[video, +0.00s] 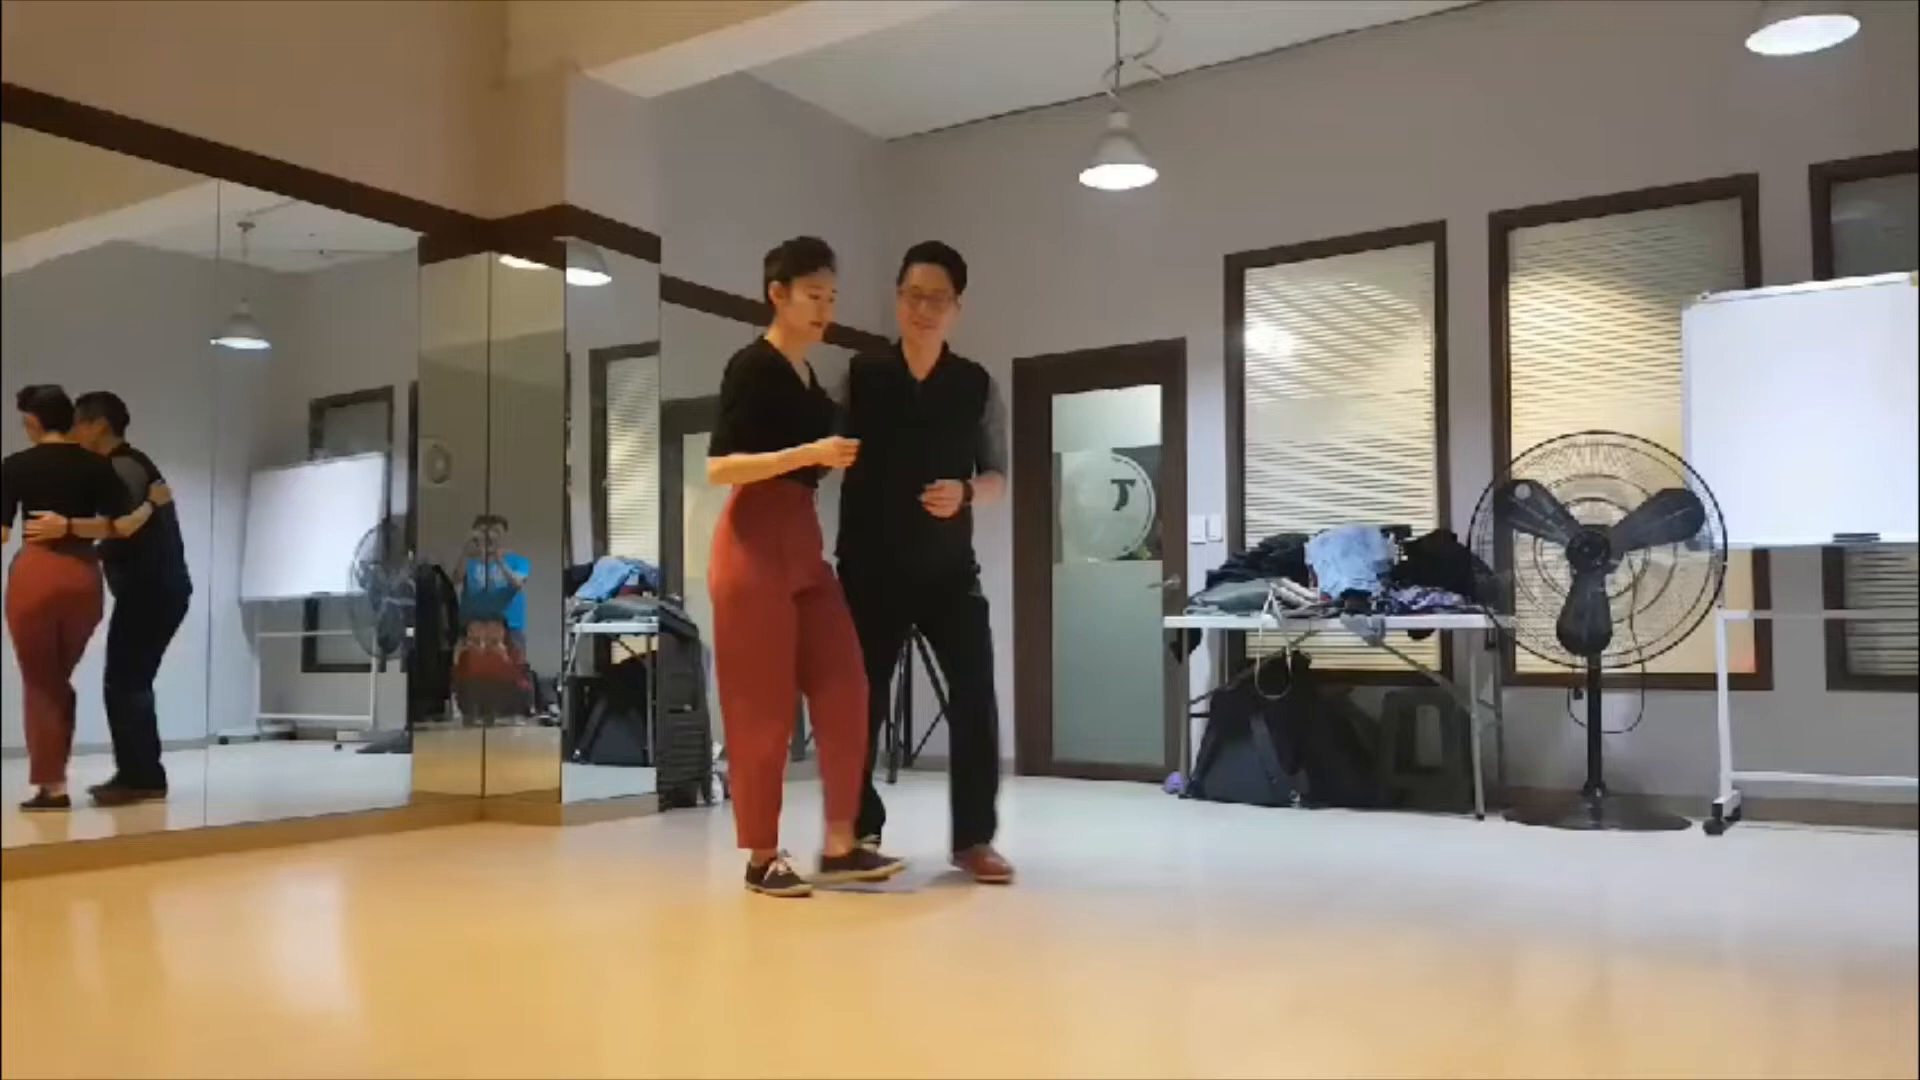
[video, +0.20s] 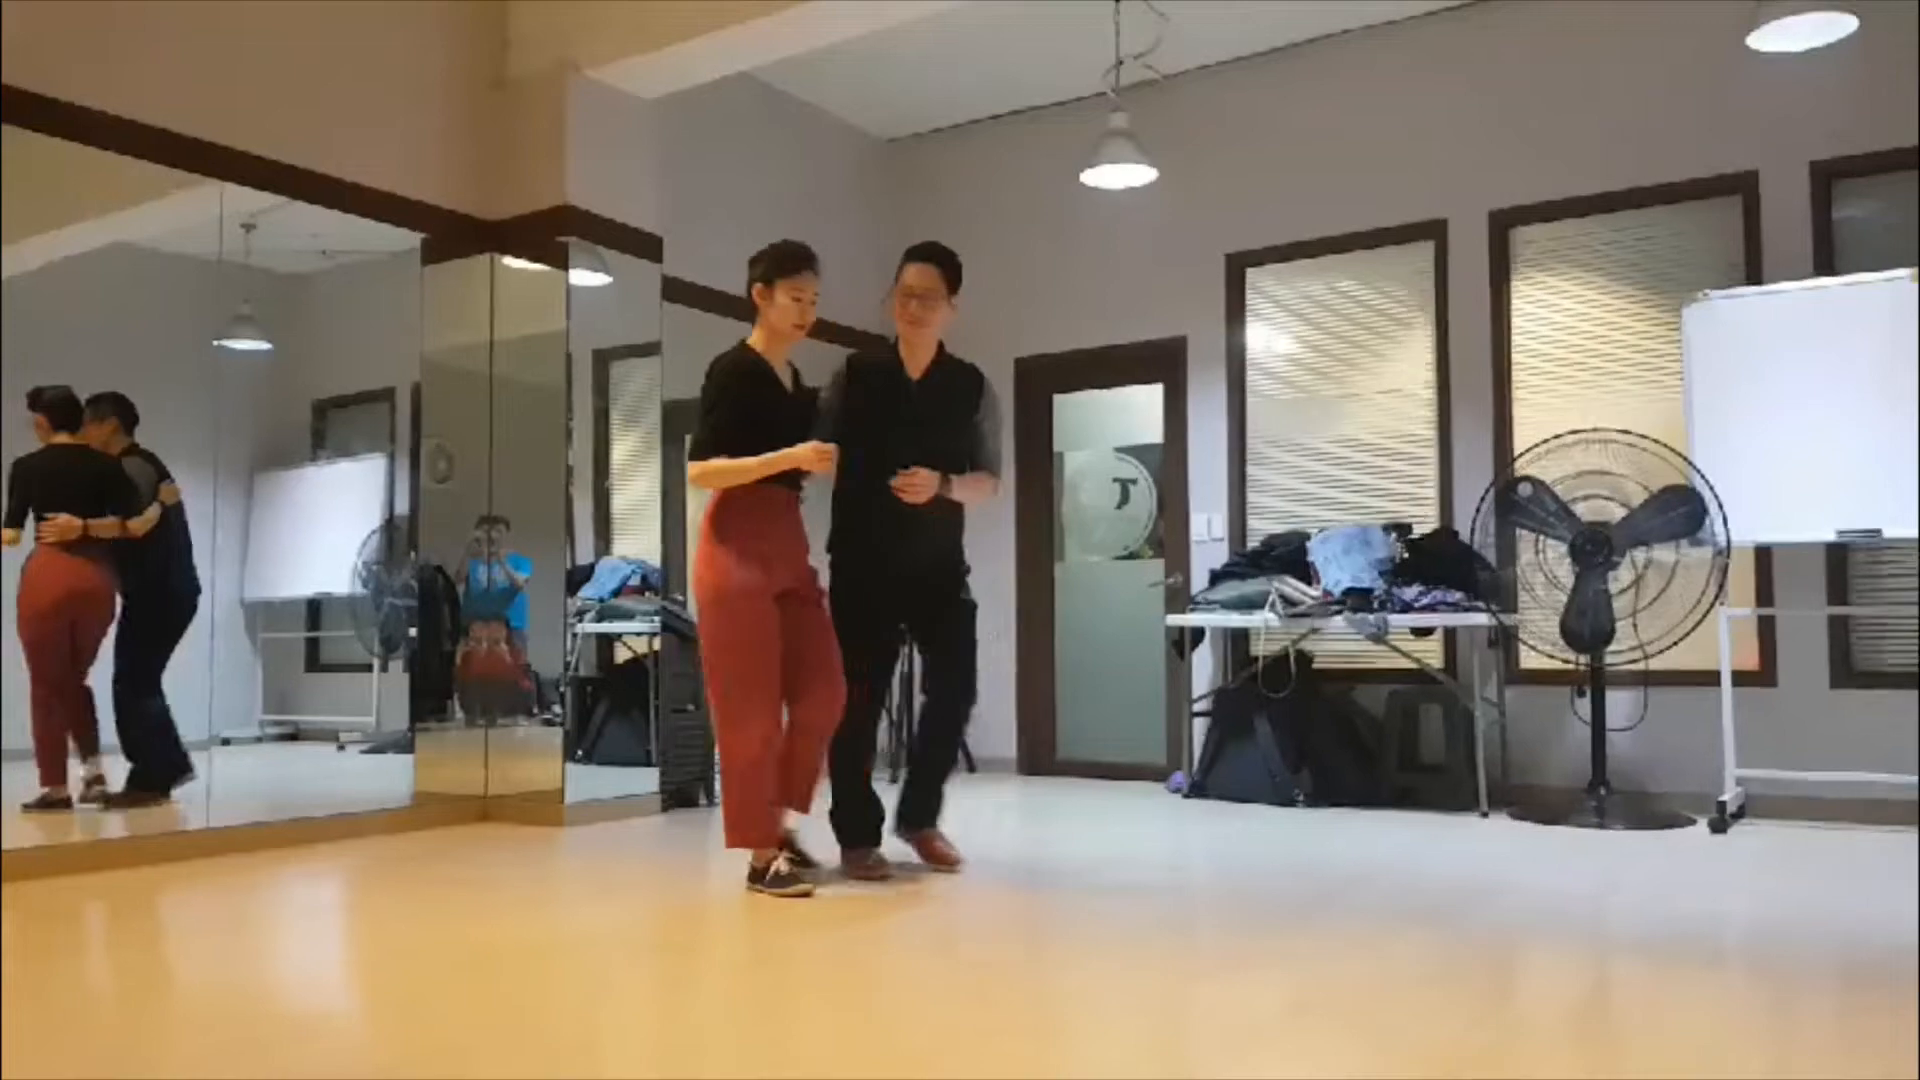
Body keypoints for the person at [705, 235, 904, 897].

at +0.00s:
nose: (825, 307)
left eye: (830, 295)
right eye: (813, 294)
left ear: (830, 301)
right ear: (778, 294)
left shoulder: (808, 377)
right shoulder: (751, 366)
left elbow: (790, 463)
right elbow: (719, 467)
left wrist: (828, 458)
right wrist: (810, 452)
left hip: (802, 547)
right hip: (751, 548)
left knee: (845, 688)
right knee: (763, 700)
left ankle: (841, 845)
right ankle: (763, 856)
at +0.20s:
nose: (806, 310)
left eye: (813, 298)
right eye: (795, 296)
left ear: (815, 304)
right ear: (759, 297)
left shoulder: (797, 384)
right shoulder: (731, 370)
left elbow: (778, 471)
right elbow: (701, 470)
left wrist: (817, 465)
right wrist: (789, 456)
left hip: (786, 550)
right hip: (734, 553)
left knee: (824, 692)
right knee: (749, 701)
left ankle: (775, 824)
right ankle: (762, 856)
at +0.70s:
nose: (752, 310)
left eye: (757, 300)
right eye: (740, 298)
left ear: (759, 306)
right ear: (704, 298)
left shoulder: (747, 380)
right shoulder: (670, 373)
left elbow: (738, 466)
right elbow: (652, 474)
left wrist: (774, 461)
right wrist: (739, 460)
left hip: (729, 544)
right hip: (673, 544)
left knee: (743, 685)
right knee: (703, 685)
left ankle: (702, 828)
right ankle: (676, 828)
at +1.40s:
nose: (791, 282)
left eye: (791, 271)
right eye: (778, 271)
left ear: (784, 283)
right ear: (743, 283)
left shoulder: (791, 360)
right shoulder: (724, 356)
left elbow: (789, 443)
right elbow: (727, 462)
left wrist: (841, 442)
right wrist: (811, 451)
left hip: (780, 528)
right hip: (727, 528)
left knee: (772, 681)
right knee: (766, 678)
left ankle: (745, 822)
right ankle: (717, 804)